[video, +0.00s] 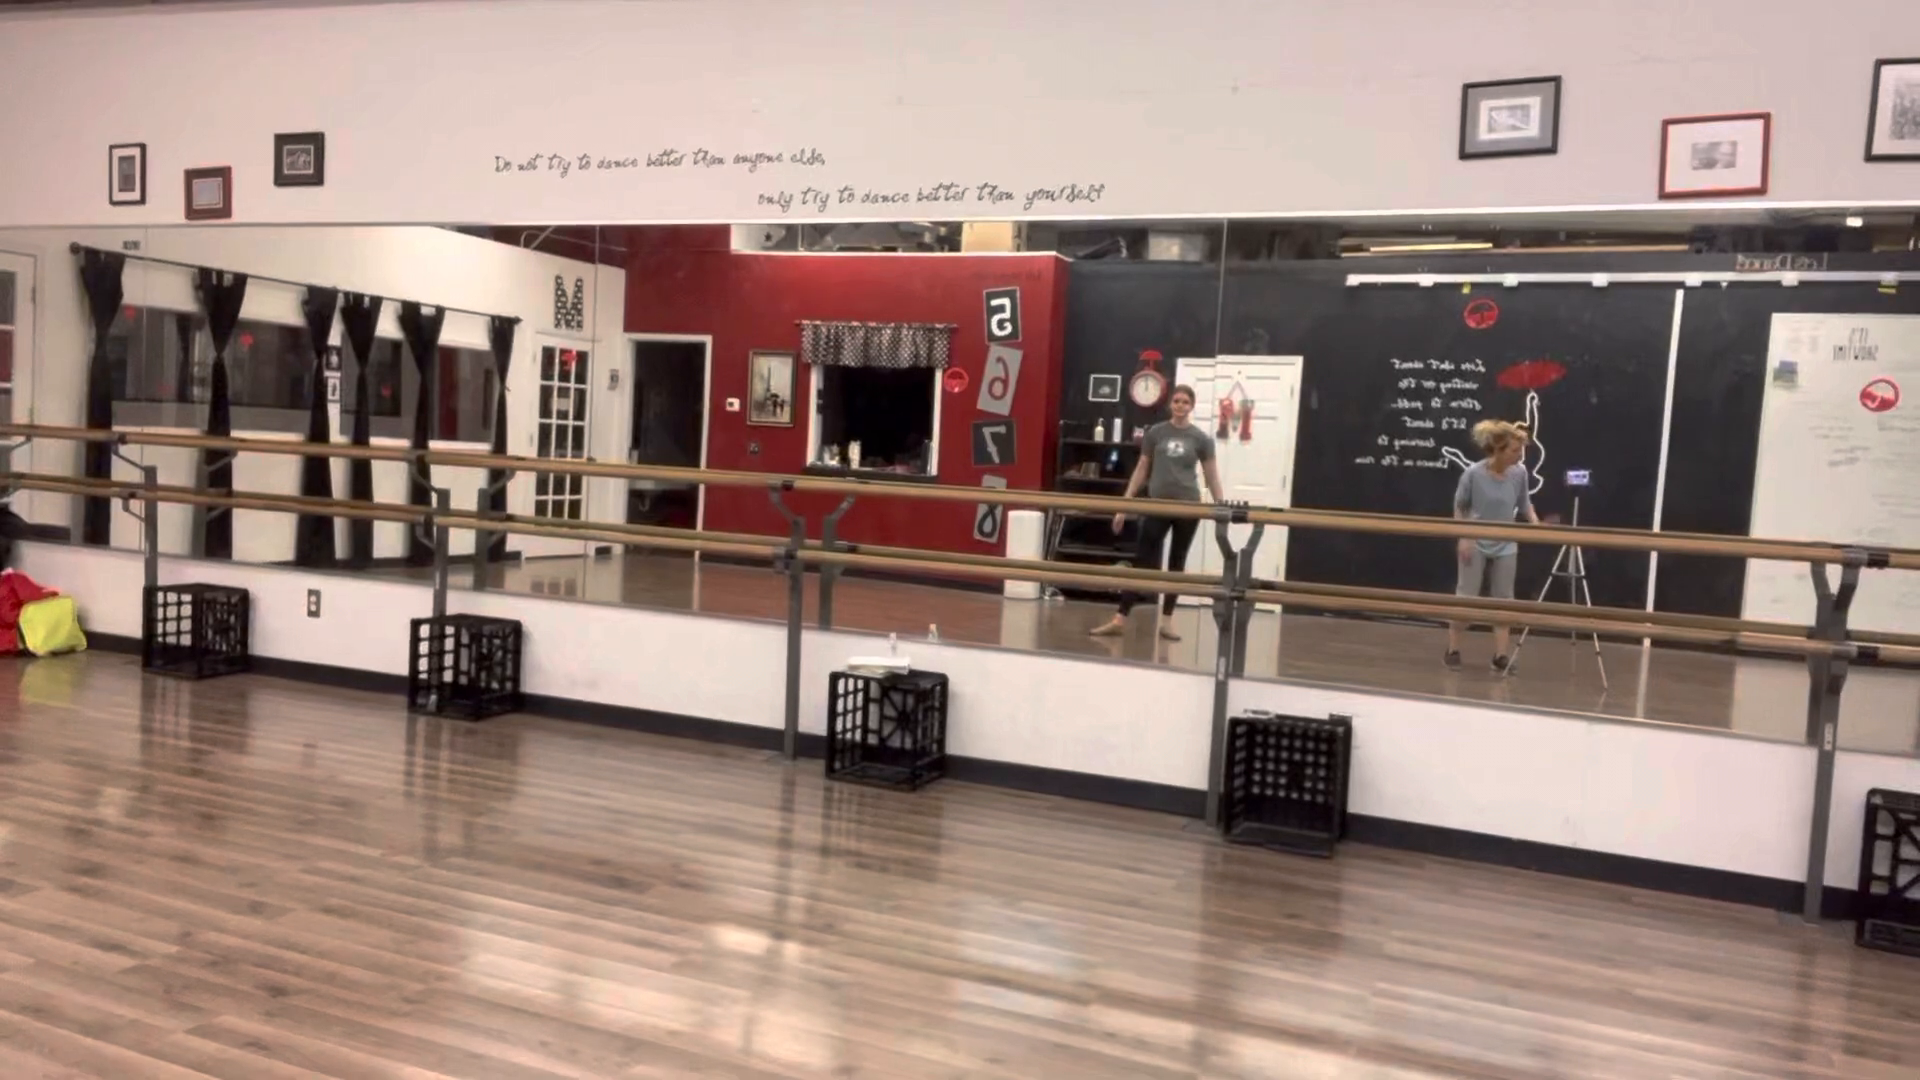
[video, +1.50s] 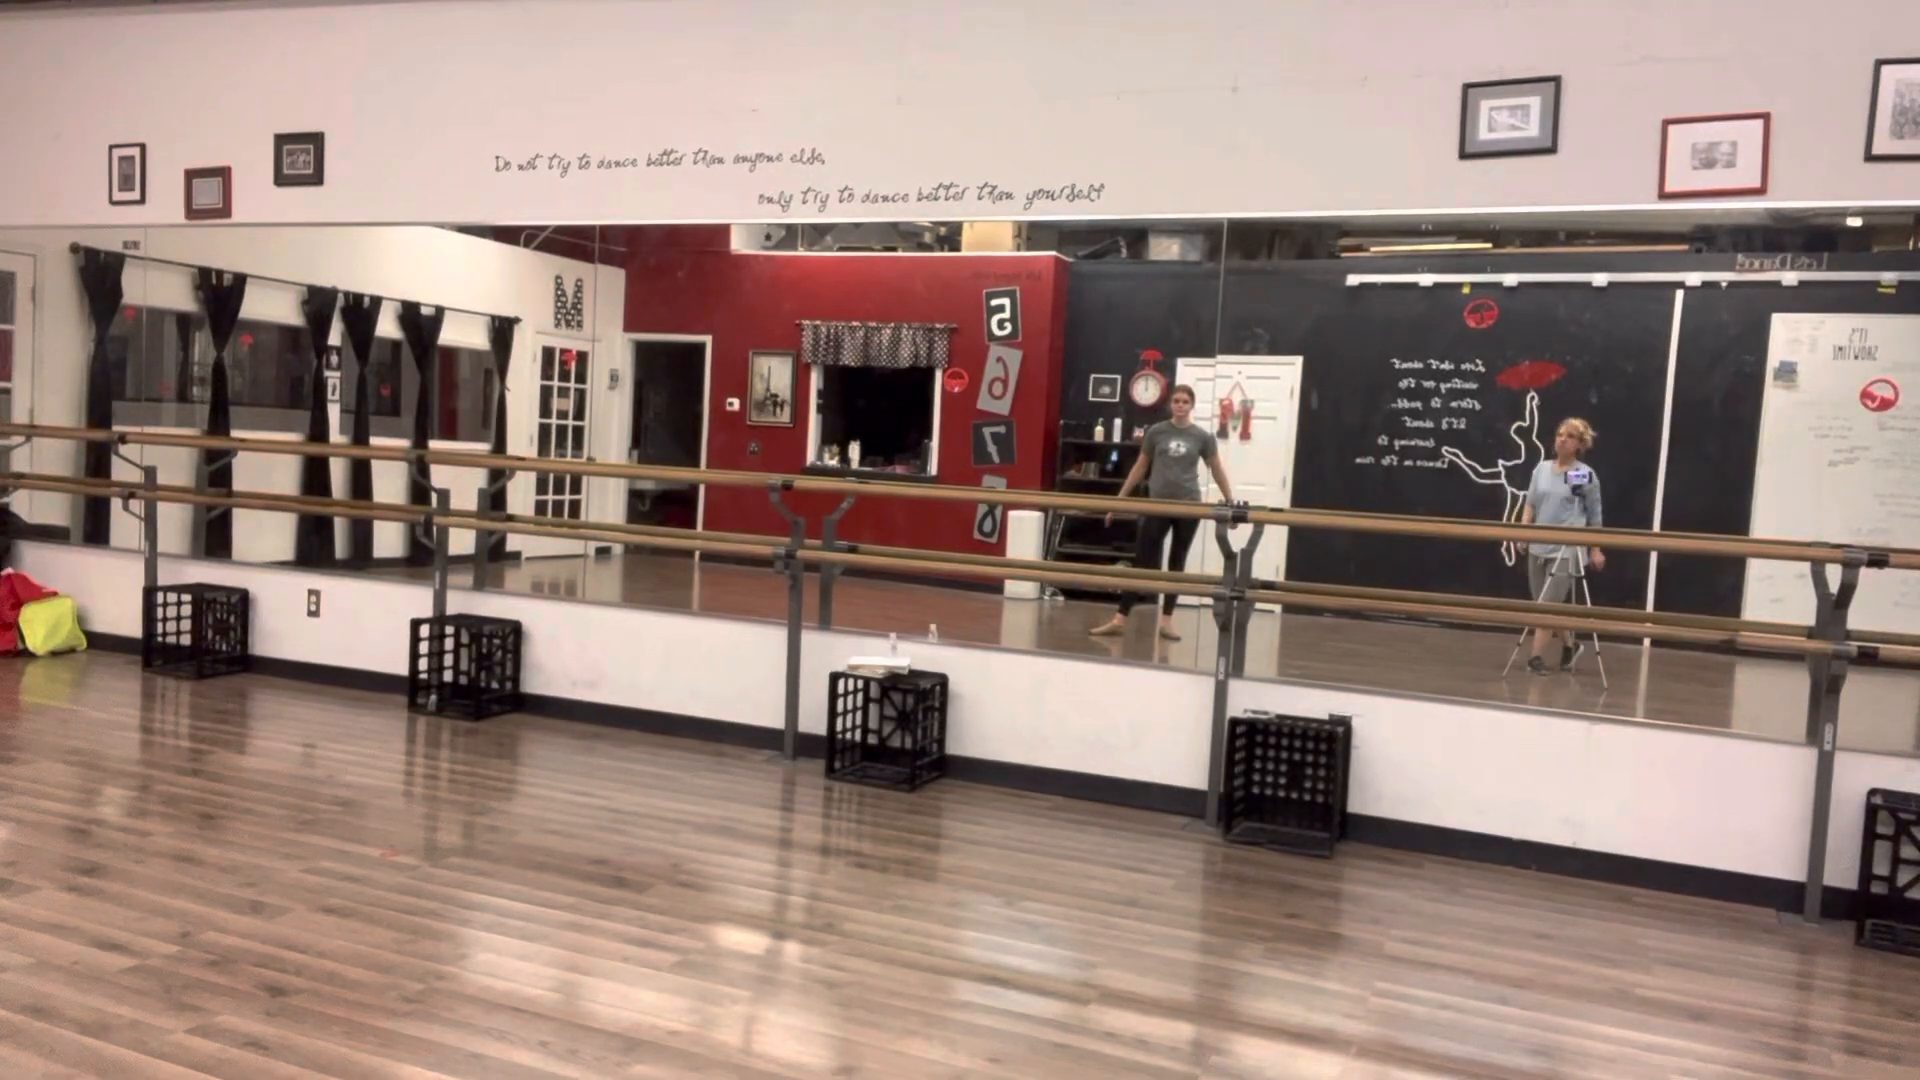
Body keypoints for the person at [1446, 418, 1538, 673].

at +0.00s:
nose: (1520, 454)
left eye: (1521, 449)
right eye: (1515, 449)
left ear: (1519, 450)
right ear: (1498, 449)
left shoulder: (1519, 473)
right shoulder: (1473, 473)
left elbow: (1525, 502)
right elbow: (1459, 507)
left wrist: (1535, 522)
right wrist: (1463, 537)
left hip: (1506, 543)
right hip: (1475, 542)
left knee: (1504, 599)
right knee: (1466, 596)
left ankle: (1501, 654)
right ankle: (1453, 648)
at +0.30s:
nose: (1514, 454)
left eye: (1516, 449)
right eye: (1510, 449)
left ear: (1513, 451)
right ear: (1493, 449)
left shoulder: (1512, 473)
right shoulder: (1467, 475)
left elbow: (1506, 505)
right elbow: (1449, 506)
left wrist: (1503, 535)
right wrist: (1443, 536)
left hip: (1498, 542)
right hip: (1467, 542)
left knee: (1499, 598)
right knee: (1462, 598)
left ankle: (1502, 654)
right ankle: (1451, 649)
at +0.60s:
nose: (1519, 451)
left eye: (1520, 445)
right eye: (1513, 445)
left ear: (1522, 447)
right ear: (1497, 447)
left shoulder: (1520, 473)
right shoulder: (1476, 473)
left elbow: (1516, 506)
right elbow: (1459, 506)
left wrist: (1510, 530)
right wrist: (1461, 535)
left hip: (1506, 543)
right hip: (1474, 543)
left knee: (1516, 598)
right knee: (1466, 597)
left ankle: (1524, 651)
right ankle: (1451, 650)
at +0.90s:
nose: (1542, 449)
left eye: (1548, 446)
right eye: (1538, 443)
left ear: (1553, 451)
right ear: (1527, 444)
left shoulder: (1554, 477)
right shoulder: (1506, 471)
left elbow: (1558, 515)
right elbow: (1490, 505)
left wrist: (1559, 546)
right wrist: (1485, 535)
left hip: (1537, 547)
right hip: (1502, 544)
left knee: (1538, 604)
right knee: (1481, 597)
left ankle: (1535, 655)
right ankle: (1457, 648)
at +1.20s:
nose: (1564, 446)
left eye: (1571, 443)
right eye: (1561, 439)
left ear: (1578, 450)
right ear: (1552, 441)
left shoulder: (1579, 477)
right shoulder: (1528, 466)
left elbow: (1585, 517)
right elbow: (1514, 500)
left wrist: (1585, 547)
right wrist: (1506, 530)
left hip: (1557, 549)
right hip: (1522, 543)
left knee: (1546, 603)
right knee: (1508, 597)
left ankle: (1536, 654)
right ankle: (1504, 646)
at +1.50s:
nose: (1561, 440)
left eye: (1569, 437)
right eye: (1560, 435)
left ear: (1580, 445)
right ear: (1555, 439)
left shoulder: (1586, 475)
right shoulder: (1541, 469)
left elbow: (1595, 514)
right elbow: (1530, 504)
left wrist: (1595, 547)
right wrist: (1522, 531)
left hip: (1567, 549)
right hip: (1538, 546)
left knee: (1548, 602)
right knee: (1541, 603)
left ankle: (1535, 654)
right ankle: (1568, 642)